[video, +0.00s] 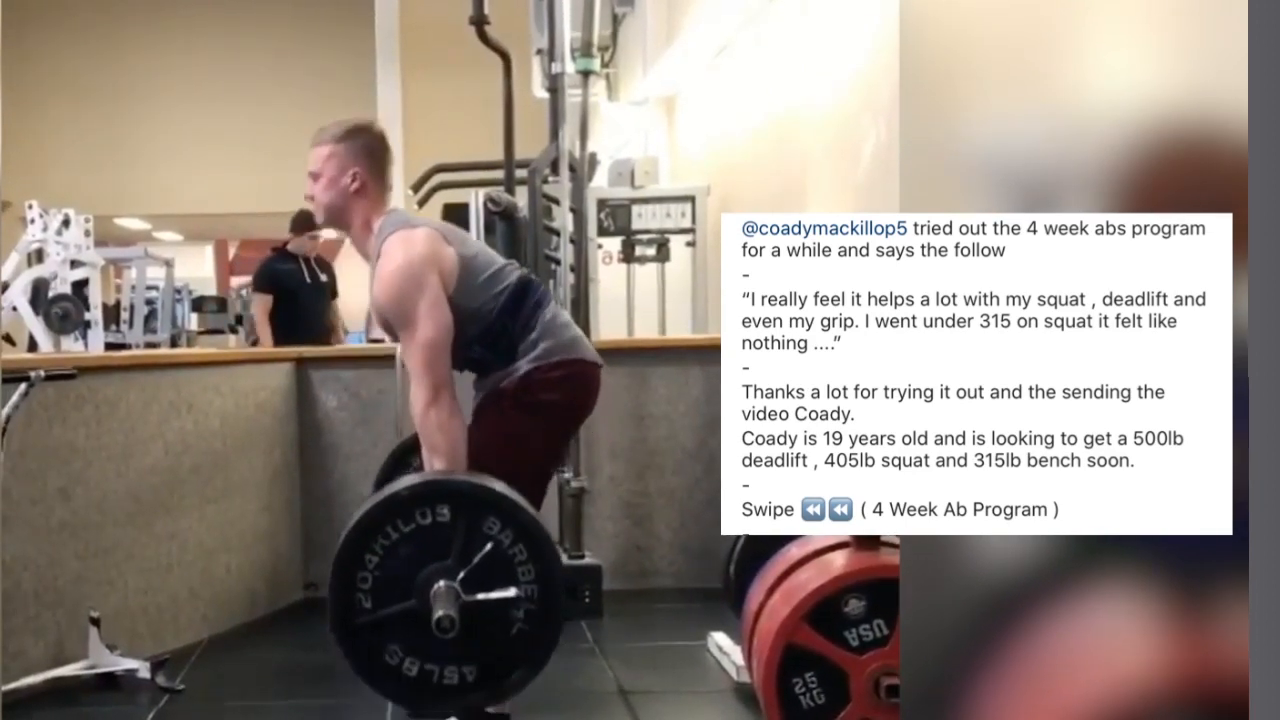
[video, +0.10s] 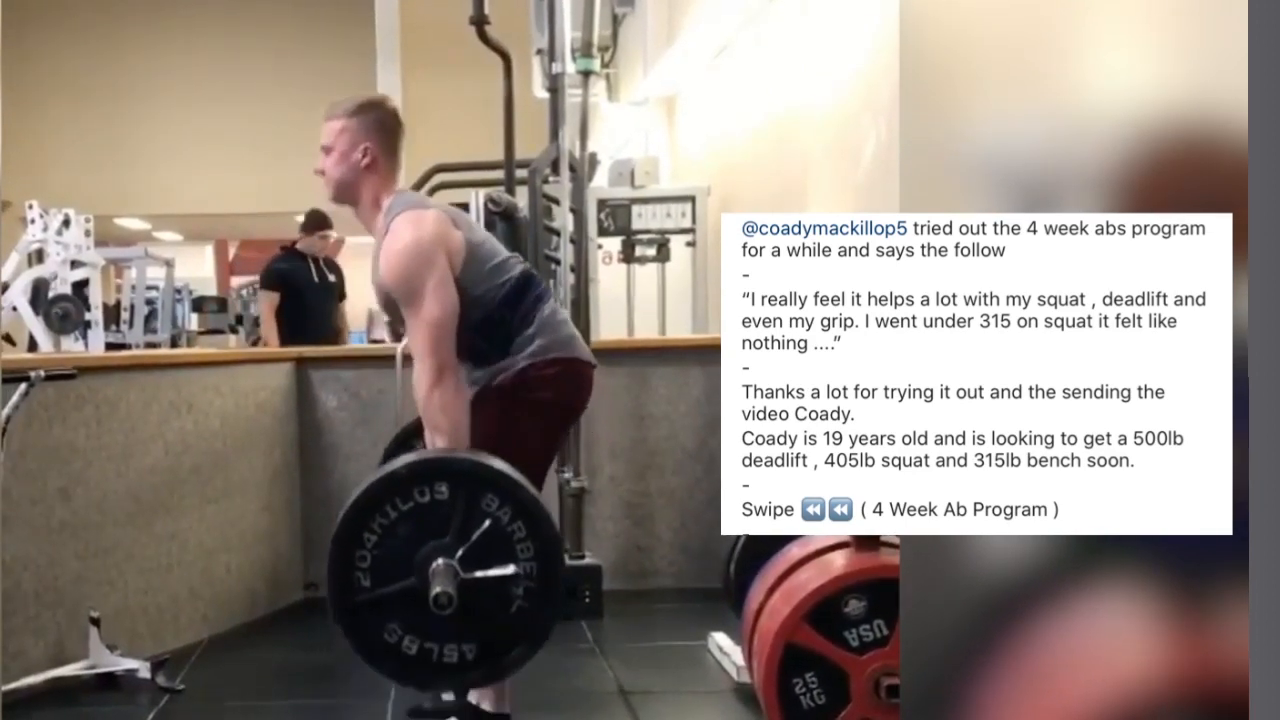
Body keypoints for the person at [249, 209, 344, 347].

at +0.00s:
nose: (317, 243)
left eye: (318, 238)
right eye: (312, 238)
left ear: (320, 236)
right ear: (296, 235)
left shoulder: (324, 266)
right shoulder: (272, 267)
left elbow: (332, 309)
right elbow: (260, 313)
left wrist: (339, 342)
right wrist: (269, 352)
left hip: (323, 353)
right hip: (286, 355)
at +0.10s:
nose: (327, 243)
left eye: (329, 237)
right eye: (322, 237)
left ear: (333, 237)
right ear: (304, 235)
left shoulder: (332, 268)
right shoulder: (279, 268)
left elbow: (340, 312)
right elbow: (266, 313)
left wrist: (344, 347)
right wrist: (275, 355)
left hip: (331, 355)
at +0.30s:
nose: (347, 242)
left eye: (349, 237)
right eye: (343, 236)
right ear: (324, 232)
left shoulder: (348, 268)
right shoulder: (293, 260)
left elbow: (354, 312)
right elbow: (274, 304)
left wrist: (357, 343)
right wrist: (278, 342)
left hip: (342, 355)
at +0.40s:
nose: (353, 242)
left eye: (355, 237)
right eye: (349, 236)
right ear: (331, 231)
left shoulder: (353, 267)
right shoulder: (297, 259)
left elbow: (361, 311)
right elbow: (278, 303)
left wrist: (366, 345)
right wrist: (283, 343)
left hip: (345, 355)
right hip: (306, 355)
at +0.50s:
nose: (357, 241)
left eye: (359, 237)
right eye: (353, 236)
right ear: (334, 230)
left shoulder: (357, 265)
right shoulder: (302, 258)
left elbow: (364, 309)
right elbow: (282, 302)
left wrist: (375, 343)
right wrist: (288, 340)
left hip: (350, 354)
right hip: (311, 354)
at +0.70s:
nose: (364, 244)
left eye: (365, 238)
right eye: (360, 238)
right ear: (343, 232)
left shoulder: (360, 262)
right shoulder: (309, 261)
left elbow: (365, 307)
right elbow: (293, 310)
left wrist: (375, 342)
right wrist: (315, 349)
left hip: (357, 354)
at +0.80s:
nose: (368, 246)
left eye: (370, 240)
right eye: (365, 240)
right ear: (346, 234)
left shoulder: (363, 262)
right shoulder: (314, 262)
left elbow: (364, 306)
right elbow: (303, 314)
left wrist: (369, 339)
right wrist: (333, 348)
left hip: (358, 351)